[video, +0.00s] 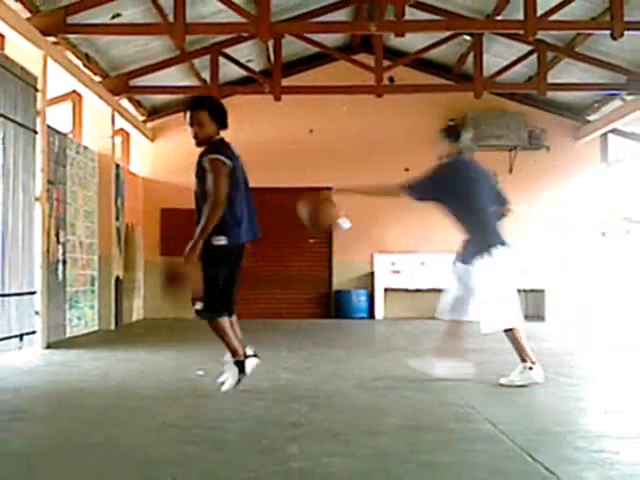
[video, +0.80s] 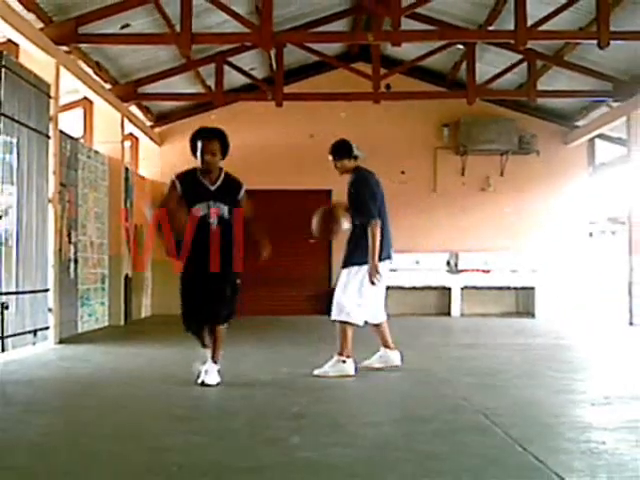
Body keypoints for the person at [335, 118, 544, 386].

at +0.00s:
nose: (444, 146)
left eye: (445, 141)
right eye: (447, 141)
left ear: (448, 142)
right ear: (467, 142)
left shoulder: (448, 171)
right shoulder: (481, 171)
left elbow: (401, 190)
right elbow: (503, 208)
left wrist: (352, 189)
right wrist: (477, 226)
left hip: (487, 251)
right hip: (483, 249)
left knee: (504, 308)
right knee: (459, 305)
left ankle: (530, 364)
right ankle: (447, 358)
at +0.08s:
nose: (412, 158)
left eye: (415, 153)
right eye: (415, 153)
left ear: (422, 155)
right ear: (439, 154)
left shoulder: (418, 181)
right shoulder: (452, 179)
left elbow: (372, 194)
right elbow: (484, 211)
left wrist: (331, 189)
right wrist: (459, 229)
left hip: (462, 258)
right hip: (456, 257)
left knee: (491, 313)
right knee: (423, 311)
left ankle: (527, 362)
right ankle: (401, 363)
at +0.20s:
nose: (391, 168)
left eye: (393, 163)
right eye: (392, 163)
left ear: (401, 164)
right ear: (413, 163)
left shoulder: (401, 189)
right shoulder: (426, 187)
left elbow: (371, 210)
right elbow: (454, 218)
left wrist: (349, 220)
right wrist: (433, 236)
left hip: (426, 263)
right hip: (444, 261)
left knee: (394, 307)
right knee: (450, 320)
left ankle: (389, 362)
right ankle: (506, 347)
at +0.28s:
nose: (371, 171)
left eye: (373, 166)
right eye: (371, 166)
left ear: (380, 166)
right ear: (391, 164)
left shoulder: (389, 190)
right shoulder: (404, 186)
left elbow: (359, 232)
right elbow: (413, 234)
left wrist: (326, 256)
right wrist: (391, 260)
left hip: (412, 260)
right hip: (420, 256)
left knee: (396, 308)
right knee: (386, 306)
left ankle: (455, 342)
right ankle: (389, 361)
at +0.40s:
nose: (355, 171)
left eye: (356, 166)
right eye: (354, 166)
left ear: (365, 164)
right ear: (373, 162)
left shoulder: (378, 186)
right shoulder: (387, 182)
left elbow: (372, 232)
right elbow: (380, 233)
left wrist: (348, 266)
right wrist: (365, 260)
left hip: (403, 253)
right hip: (409, 251)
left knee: (381, 299)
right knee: (390, 303)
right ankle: (408, 354)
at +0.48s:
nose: (344, 172)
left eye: (345, 166)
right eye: (342, 167)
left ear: (354, 163)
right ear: (361, 162)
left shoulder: (372, 184)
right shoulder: (374, 181)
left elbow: (376, 230)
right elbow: (373, 228)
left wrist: (356, 269)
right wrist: (352, 249)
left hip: (392, 253)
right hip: (398, 251)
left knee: (364, 300)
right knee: (381, 305)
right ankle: (387, 358)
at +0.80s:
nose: (335, 167)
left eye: (336, 162)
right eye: (334, 162)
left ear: (344, 160)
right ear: (351, 157)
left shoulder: (362, 181)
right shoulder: (362, 179)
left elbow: (374, 223)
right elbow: (361, 213)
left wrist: (374, 261)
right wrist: (338, 212)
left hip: (361, 259)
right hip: (369, 257)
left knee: (344, 304)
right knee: (373, 305)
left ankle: (344, 357)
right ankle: (389, 350)